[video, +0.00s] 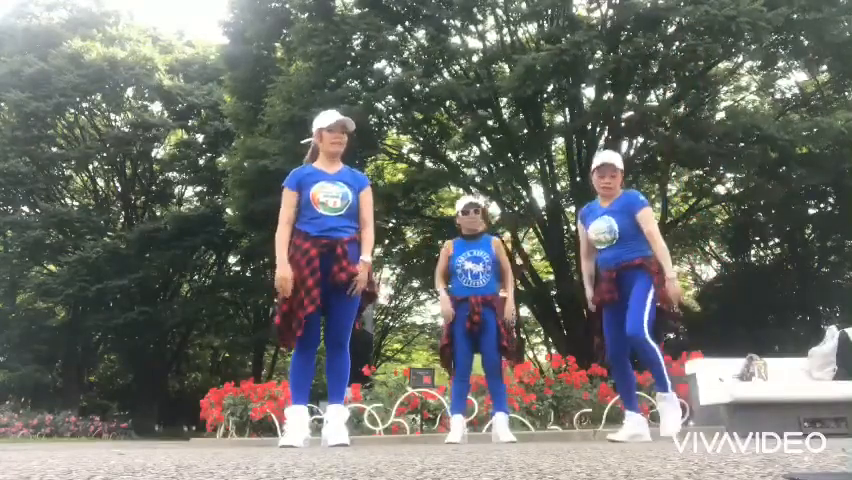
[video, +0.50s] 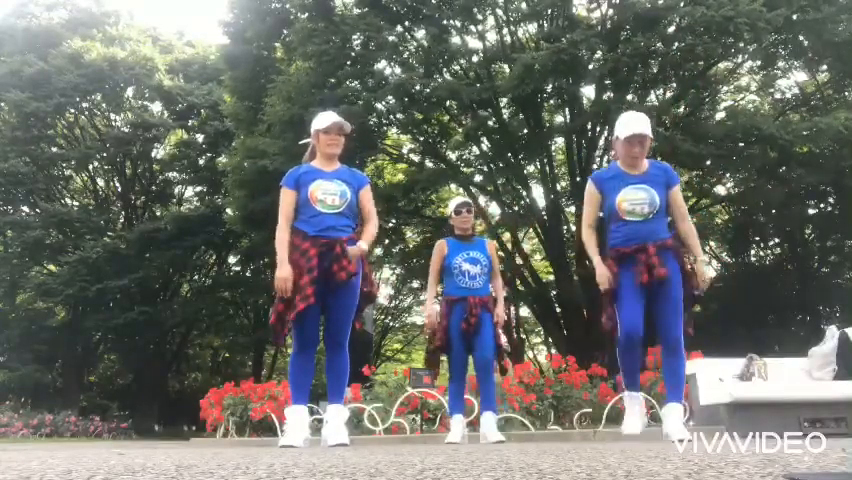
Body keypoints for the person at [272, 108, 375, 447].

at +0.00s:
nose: (336, 137)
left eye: (341, 133)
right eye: (330, 132)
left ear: (348, 139)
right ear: (316, 137)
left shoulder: (358, 180)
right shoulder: (299, 176)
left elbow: (367, 224)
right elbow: (284, 223)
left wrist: (365, 261)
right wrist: (282, 263)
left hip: (347, 258)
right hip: (306, 257)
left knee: (339, 340)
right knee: (307, 339)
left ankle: (336, 418)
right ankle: (297, 417)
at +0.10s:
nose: (336, 137)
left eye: (341, 133)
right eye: (330, 132)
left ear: (347, 139)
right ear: (316, 137)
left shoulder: (358, 180)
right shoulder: (299, 177)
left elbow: (366, 224)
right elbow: (285, 223)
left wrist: (367, 262)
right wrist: (284, 263)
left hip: (347, 257)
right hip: (307, 258)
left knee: (339, 340)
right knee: (307, 339)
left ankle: (336, 418)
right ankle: (297, 418)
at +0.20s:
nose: (336, 138)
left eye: (340, 134)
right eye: (329, 133)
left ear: (346, 140)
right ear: (316, 137)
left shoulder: (358, 180)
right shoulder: (298, 177)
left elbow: (366, 225)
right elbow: (288, 224)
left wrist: (368, 263)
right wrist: (287, 264)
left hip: (346, 258)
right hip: (307, 258)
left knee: (338, 341)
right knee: (306, 340)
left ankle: (336, 418)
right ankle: (297, 418)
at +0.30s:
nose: (335, 138)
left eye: (340, 134)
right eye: (329, 133)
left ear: (346, 140)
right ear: (315, 138)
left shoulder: (358, 180)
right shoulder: (297, 177)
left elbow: (367, 225)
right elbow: (287, 224)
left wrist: (368, 263)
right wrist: (288, 265)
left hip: (346, 258)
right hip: (306, 258)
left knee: (338, 341)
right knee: (305, 341)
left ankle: (336, 418)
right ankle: (297, 418)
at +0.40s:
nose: (334, 138)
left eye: (339, 134)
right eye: (328, 133)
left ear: (346, 140)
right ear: (315, 138)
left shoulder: (357, 179)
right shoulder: (297, 177)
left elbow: (369, 223)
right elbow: (284, 224)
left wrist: (365, 257)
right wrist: (286, 265)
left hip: (346, 259)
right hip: (305, 259)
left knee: (338, 341)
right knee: (305, 341)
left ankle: (336, 418)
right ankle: (297, 418)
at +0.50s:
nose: (333, 138)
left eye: (338, 134)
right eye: (327, 133)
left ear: (345, 139)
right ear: (314, 138)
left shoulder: (357, 178)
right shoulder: (297, 175)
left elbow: (371, 220)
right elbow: (284, 223)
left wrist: (362, 245)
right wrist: (282, 263)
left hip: (346, 259)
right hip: (305, 258)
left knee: (338, 340)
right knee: (305, 341)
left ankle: (336, 418)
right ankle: (297, 418)